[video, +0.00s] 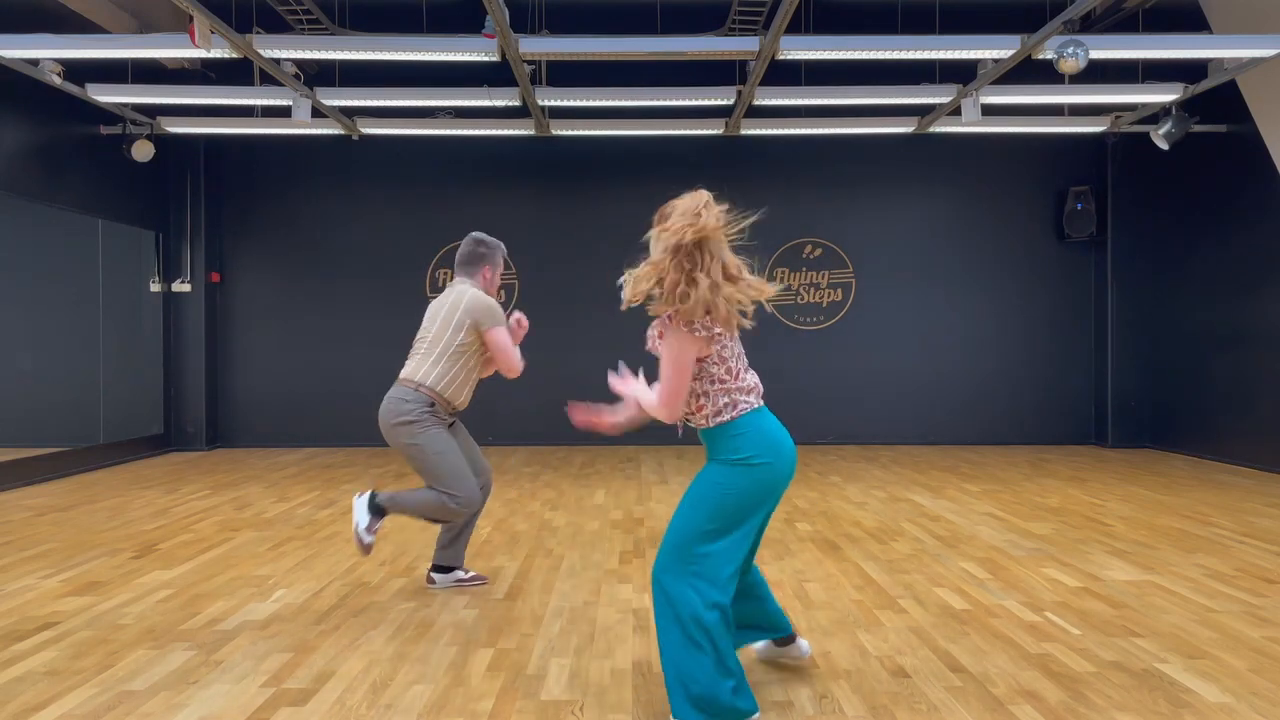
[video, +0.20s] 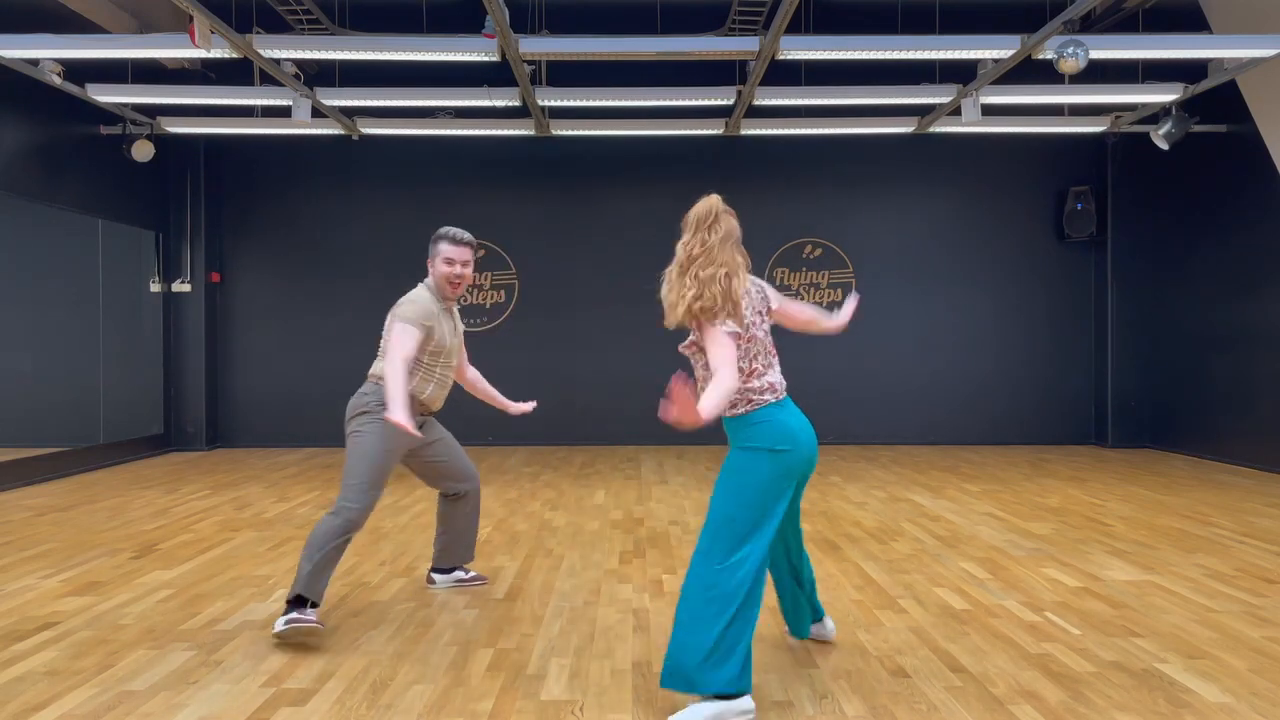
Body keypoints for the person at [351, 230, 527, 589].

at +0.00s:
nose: (500, 280)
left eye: (501, 272)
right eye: (500, 272)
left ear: (464, 270)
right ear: (487, 273)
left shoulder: (447, 300)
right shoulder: (481, 303)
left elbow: (474, 370)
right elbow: (513, 368)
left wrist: (510, 340)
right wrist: (508, 340)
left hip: (436, 410)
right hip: (412, 410)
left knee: (479, 480)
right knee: (463, 499)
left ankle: (445, 568)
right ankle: (374, 504)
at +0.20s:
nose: (459, 272)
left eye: (466, 265)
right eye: (450, 263)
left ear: (473, 270)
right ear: (431, 265)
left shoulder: (450, 315)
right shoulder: (416, 306)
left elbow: (463, 371)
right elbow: (397, 359)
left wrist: (509, 405)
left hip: (419, 415)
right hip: (381, 406)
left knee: (462, 483)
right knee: (353, 508)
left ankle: (447, 570)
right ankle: (300, 606)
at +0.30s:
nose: (434, 264)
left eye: (442, 256)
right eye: (425, 255)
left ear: (452, 261)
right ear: (408, 258)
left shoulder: (439, 314)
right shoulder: (390, 296)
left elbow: (456, 357)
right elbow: (346, 325)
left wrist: (505, 378)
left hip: (397, 419)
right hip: (352, 408)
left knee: (437, 485)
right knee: (334, 499)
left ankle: (445, 569)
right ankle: (283, 612)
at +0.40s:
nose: (411, 254)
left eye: (420, 246)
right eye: (402, 244)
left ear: (431, 251)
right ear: (385, 246)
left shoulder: (423, 308)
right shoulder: (358, 283)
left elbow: (446, 348)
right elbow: (300, 306)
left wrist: (497, 359)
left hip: (373, 415)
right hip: (324, 403)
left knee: (398, 499)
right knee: (306, 503)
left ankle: (427, 570)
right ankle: (274, 616)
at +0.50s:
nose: (390, 244)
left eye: (399, 235)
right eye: (381, 234)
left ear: (410, 241)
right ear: (363, 236)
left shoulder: (407, 300)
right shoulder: (332, 275)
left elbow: (434, 342)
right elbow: (267, 294)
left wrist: (487, 356)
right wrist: (205, 298)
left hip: (355, 414)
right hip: (299, 402)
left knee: (378, 497)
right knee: (279, 504)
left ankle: (391, 576)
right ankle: (267, 618)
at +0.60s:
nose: (371, 235)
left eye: (380, 226)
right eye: (361, 225)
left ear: (392, 233)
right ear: (344, 229)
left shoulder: (396, 295)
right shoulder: (311, 270)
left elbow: (421, 345)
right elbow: (241, 298)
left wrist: (462, 386)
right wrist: (174, 313)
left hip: (339, 413)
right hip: (279, 401)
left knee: (359, 504)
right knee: (260, 510)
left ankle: (367, 582)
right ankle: (262, 627)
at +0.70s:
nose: (351, 229)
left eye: (361, 220)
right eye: (342, 219)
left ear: (374, 225)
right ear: (325, 222)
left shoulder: (389, 294)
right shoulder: (292, 269)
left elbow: (401, 363)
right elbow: (235, 320)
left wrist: (417, 426)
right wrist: (173, 368)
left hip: (329, 412)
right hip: (266, 399)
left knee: (344, 512)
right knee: (254, 512)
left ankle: (337, 591)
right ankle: (256, 627)